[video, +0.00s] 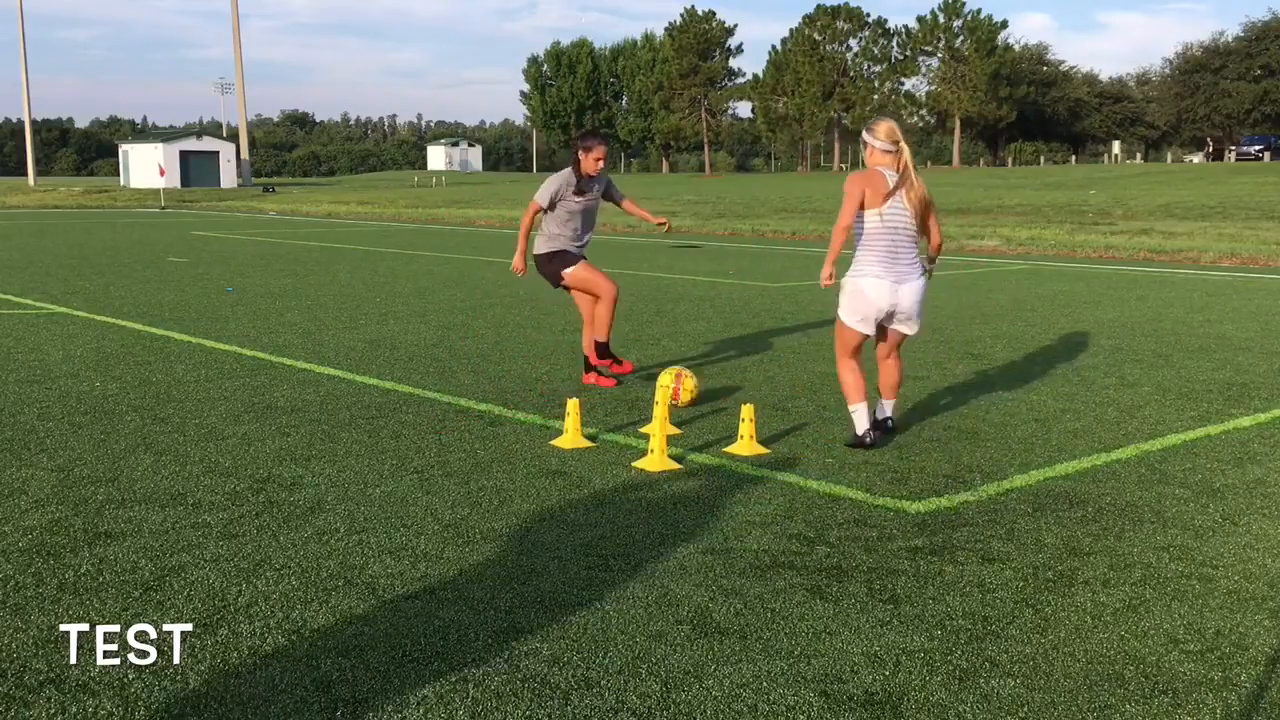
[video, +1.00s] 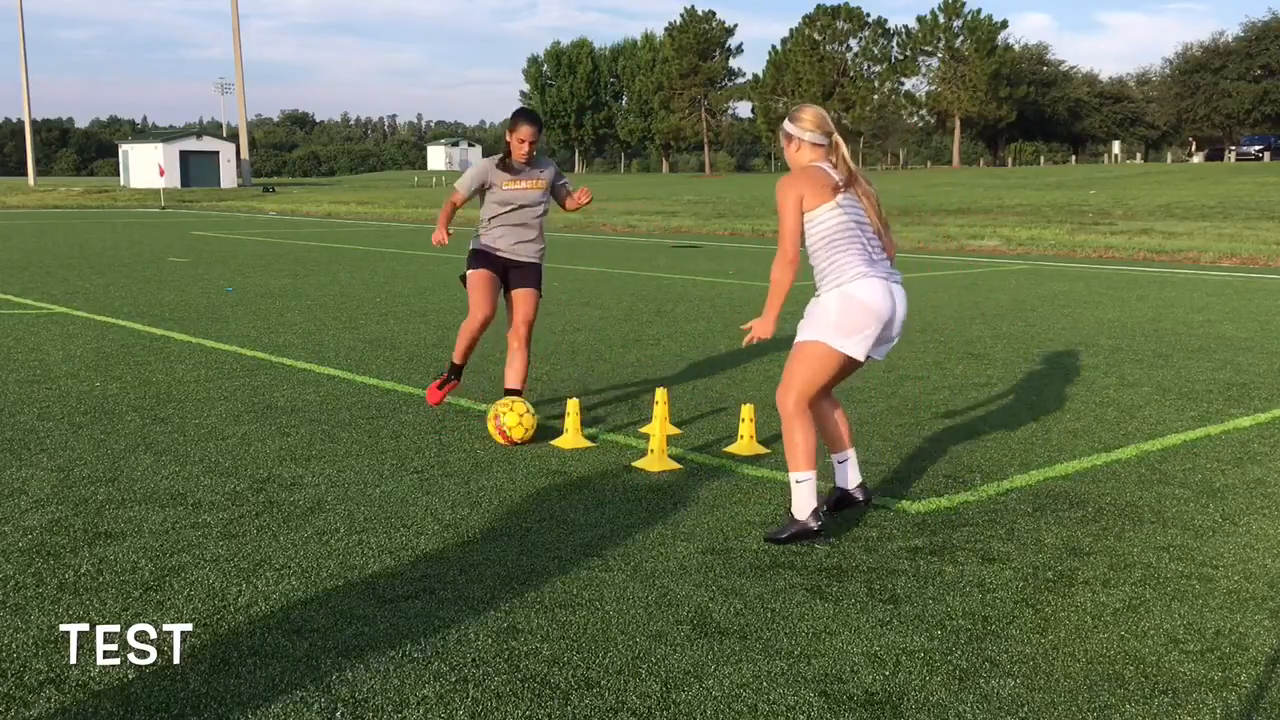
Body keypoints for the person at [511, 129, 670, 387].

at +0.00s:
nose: (602, 165)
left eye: (604, 159)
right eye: (597, 159)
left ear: (604, 158)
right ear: (580, 156)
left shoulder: (601, 180)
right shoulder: (560, 181)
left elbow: (621, 201)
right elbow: (530, 212)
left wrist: (651, 218)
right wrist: (520, 254)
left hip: (573, 253)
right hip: (551, 254)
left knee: (591, 314)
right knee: (607, 290)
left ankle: (590, 371)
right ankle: (602, 354)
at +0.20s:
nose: (590, 183)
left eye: (593, 177)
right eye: (585, 178)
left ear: (596, 175)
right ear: (570, 173)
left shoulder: (598, 198)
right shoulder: (551, 196)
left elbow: (626, 215)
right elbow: (521, 229)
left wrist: (656, 229)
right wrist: (506, 266)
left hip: (564, 266)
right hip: (534, 263)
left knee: (594, 317)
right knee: (573, 300)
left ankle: (590, 374)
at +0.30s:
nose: (572, 178)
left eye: (575, 172)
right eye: (566, 172)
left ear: (578, 170)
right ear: (551, 168)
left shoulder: (583, 191)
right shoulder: (534, 193)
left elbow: (604, 215)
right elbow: (504, 226)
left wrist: (616, 218)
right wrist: (495, 262)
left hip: (561, 269)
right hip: (528, 267)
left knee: (584, 321)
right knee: (535, 318)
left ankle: (589, 374)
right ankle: (509, 379)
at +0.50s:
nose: (534, 162)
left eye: (538, 156)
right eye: (529, 156)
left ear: (542, 154)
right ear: (514, 153)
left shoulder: (549, 180)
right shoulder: (497, 183)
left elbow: (556, 211)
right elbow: (480, 225)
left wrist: (579, 227)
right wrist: (486, 247)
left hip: (540, 266)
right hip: (503, 265)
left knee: (558, 334)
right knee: (494, 330)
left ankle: (555, 364)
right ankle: (482, 385)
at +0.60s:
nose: (529, 147)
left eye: (534, 141)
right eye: (524, 141)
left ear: (538, 139)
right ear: (509, 137)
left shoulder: (544, 161)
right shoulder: (494, 169)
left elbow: (550, 189)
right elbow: (477, 214)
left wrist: (574, 210)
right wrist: (493, 220)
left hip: (535, 253)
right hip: (498, 254)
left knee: (540, 321)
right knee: (492, 326)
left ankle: (528, 379)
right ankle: (482, 383)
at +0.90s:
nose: (528, 137)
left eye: (533, 130)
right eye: (522, 130)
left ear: (540, 128)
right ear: (509, 126)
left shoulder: (547, 158)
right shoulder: (490, 153)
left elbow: (558, 195)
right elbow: (454, 195)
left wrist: (572, 199)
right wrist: (466, 192)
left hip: (528, 248)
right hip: (487, 241)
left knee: (522, 322)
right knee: (481, 312)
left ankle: (506, 389)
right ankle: (460, 359)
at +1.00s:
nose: (527, 149)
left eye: (532, 142)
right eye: (521, 141)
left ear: (539, 141)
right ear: (508, 136)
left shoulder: (547, 170)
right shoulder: (487, 168)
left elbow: (566, 202)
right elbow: (454, 202)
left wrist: (576, 201)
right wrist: (442, 226)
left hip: (528, 259)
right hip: (487, 252)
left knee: (522, 330)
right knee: (481, 314)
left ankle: (512, 408)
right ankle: (452, 374)